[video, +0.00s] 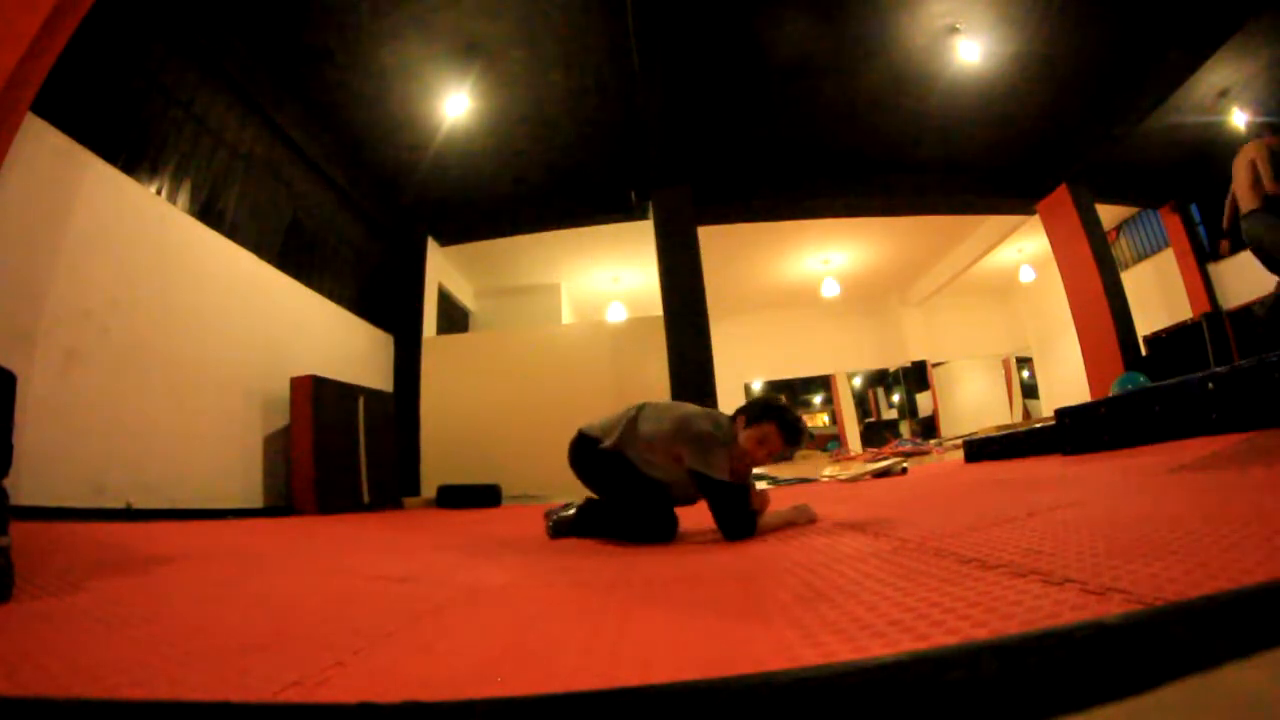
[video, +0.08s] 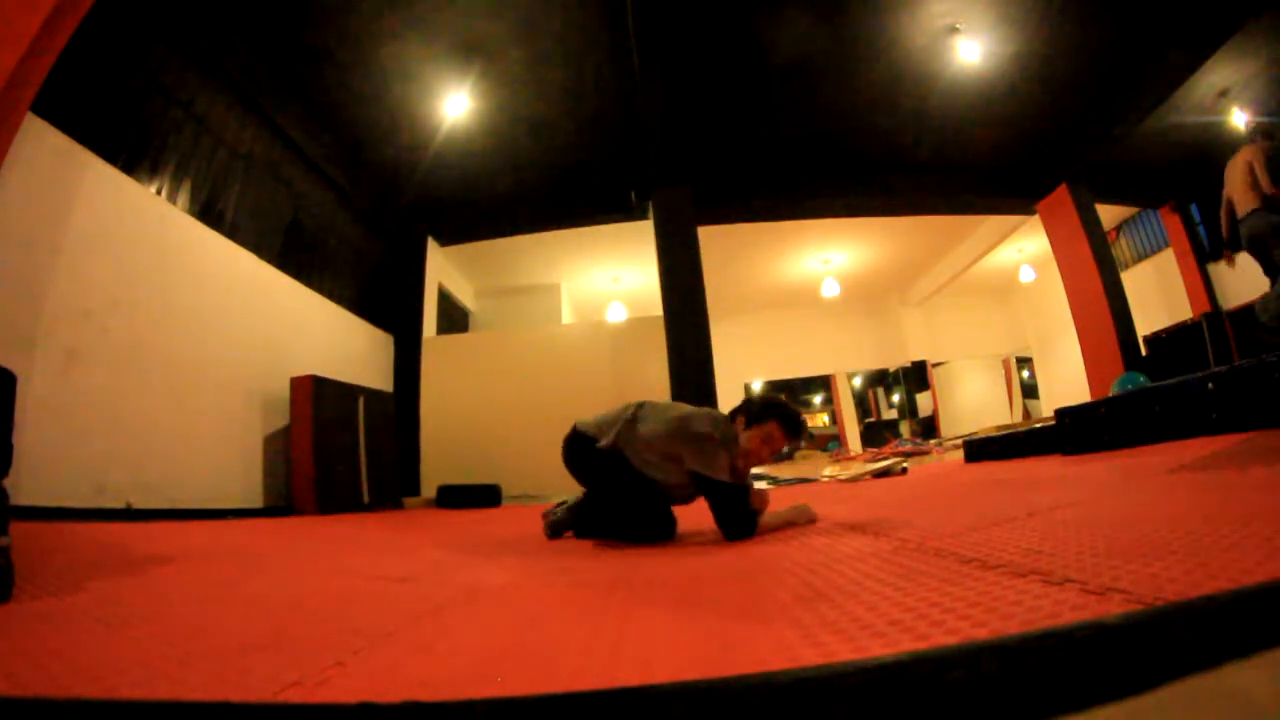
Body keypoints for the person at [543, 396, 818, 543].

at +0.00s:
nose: (760, 458)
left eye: (772, 455)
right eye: (761, 443)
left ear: (775, 458)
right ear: (743, 422)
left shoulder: (727, 442)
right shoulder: (710, 438)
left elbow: (733, 511)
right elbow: (736, 529)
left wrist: (750, 504)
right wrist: (789, 518)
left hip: (622, 454)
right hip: (594, 452)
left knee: (664, 514)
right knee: (659, 527)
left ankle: (586, 510)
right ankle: (575, 521)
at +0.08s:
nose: (766, 456)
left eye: (775, 453)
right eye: (766, 442)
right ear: (742, 423)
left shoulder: (724, 440)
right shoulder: (710, 436)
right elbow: (736, 528)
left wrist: (750, 504)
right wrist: (790, 518)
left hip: (610, 450)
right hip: (590, 449)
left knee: (660, 515)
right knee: (658, 527)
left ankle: (582, 508)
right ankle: (577, 516)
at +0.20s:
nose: (774, 446)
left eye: (782, 440)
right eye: (771, 432)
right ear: (743, 417)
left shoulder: (721, 431)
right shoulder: (714, 433)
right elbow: (735, 528)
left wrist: (749, 507)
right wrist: (788, 518)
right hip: (585, 442)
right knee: (658, 527)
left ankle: (581, 505)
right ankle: (576, 513)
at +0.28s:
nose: (777, 432)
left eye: (784, 424)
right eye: (775, 419)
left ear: (742, 404)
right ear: (746, 404)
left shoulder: (719, 414)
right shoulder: (715, 425)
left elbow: (679, 484)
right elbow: (735, 526)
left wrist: (738, 502)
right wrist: (787, 517)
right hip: (584, 438)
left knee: (655, 518)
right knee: (658, 528)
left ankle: (582, 506)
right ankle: (577, 512)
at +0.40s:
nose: (782, 400)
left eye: (786, 390)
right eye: (781, 388)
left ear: (744, 376)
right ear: (748, 377)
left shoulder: (712, 385)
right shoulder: (715, 406)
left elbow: (700, 484)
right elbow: (730, 507)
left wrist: (772, 516)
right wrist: (783, 518)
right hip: (587, 436)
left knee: (654, 517)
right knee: (659, 529)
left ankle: (582, 499)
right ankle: (576, 511)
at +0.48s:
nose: (779, 368)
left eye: (781, 358)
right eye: (776, 356)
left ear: (743, 351)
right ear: (744, 352)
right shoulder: (712, 378)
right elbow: (726, 472)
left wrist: (774, 506)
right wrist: (783, 512)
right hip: (592, 434)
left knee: (653, 519)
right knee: (658, 528)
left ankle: (580, 503)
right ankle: (576, 508)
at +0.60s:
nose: (767, 326)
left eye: (768, 315)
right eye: (763, 314)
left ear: (732, 314)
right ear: (733, 312)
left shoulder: (697, 335)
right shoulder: (701, 354)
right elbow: (730, 448)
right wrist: (782, 496)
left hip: (630, 426)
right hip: (597, 428)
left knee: (662, 472)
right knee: (659, 527)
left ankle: (593, 503)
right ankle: (576, 508)